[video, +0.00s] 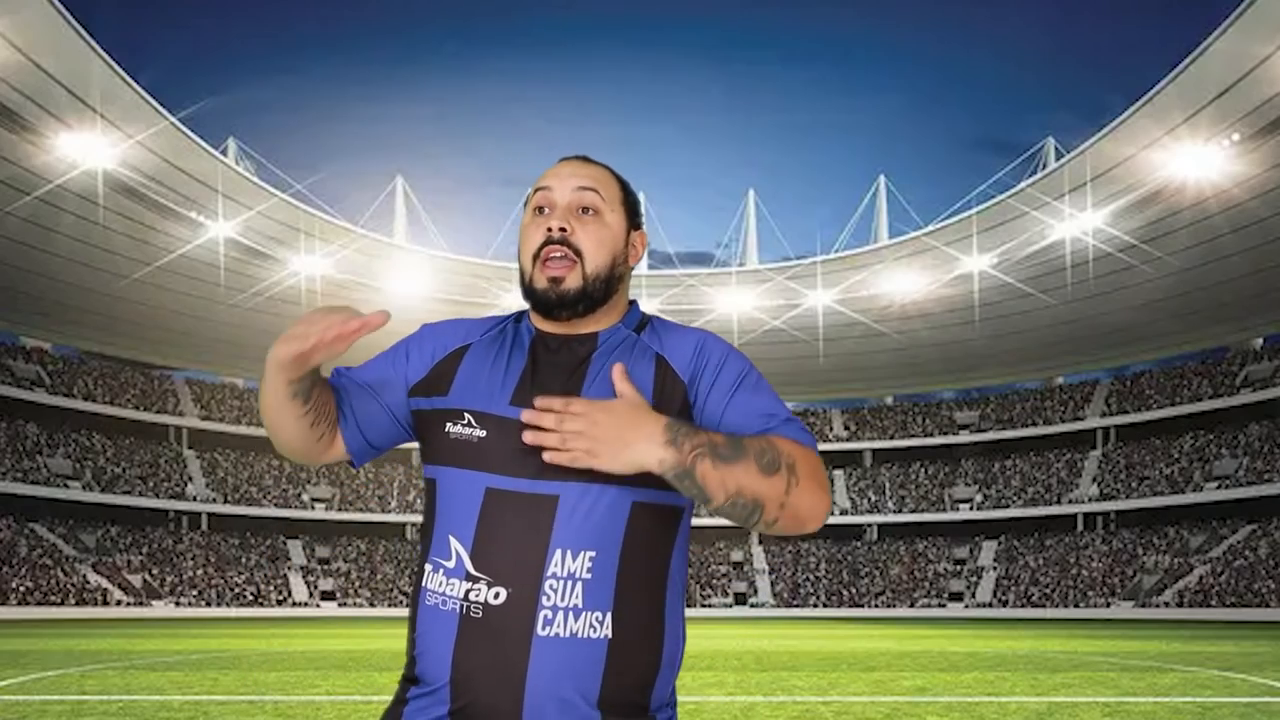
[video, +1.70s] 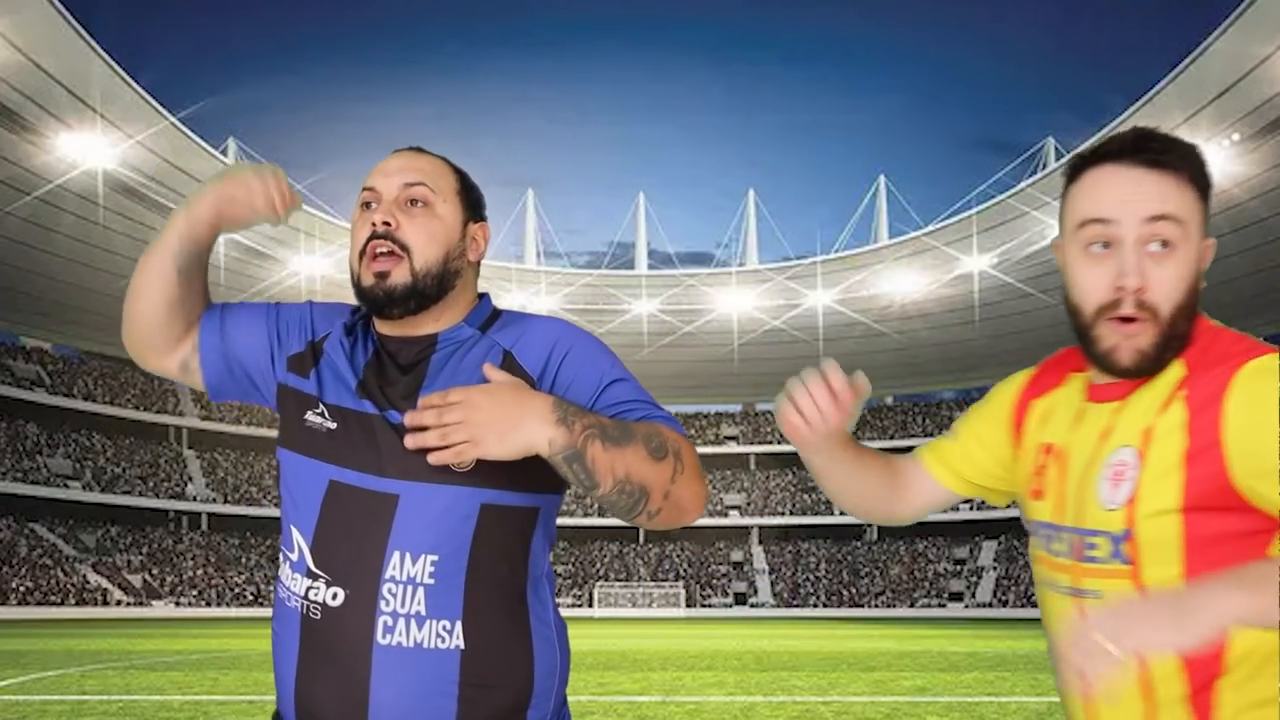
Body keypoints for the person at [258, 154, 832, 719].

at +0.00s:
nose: (555, 225)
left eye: (584, 212)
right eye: (540, 210)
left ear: (633, 247)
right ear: (519, 241)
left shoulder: (694, 365)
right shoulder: (444, 353)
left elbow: (806, 500)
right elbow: (318, 437)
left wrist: (663, 444)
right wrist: (286, 373)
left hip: (612, 706)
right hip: (440, 700)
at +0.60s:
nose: (439, 232)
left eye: (470, 223)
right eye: (427, 224)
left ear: (517, 265)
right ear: (409, 260)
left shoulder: (568, 374)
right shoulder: (349, 362)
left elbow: (687, 497)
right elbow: (209, 432)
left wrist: (552, 480)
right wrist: (342, 380)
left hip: (500, 702)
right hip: (333, 701)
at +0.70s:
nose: (416, 233)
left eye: (445, 221)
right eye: (402, 225)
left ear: (495, 261)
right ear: (387, 263)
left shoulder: (545, 375)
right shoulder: (320, 359)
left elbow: (665, 498)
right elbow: (169, 360)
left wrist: (535, 461)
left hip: (478, 704)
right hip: (308, 702)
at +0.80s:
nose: (386, 234)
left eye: (417, 221)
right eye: (374, 222)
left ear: (468, 258)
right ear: (357, 251)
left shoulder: (524, 375)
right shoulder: (302, 336)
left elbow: (644, 499)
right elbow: (193, 258)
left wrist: (515, 453)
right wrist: (190, 148)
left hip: (464, 707)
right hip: (293, 705)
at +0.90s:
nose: (368, 235)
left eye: (400, 220)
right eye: (356, 221)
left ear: (452, 255)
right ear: (338, 245)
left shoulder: (510, 374)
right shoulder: (294, 324)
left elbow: (625, 504)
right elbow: (213, 204)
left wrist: (504, 461)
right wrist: (163, 55)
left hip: (450, 709)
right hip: (277, 707)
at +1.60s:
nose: (376, 225)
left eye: (410, 208)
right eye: (363, 211)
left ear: (469, 245)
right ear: (348, 243)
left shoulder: (541, 358)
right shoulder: (309, 334)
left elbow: (683, 482)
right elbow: (174, 270)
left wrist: (545, 428)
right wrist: (181, 110)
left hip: (489, 706)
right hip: (318, 702)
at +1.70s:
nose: (380, 217)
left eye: (414, 201)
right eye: (368, 205)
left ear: (474, 241)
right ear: (349, 238)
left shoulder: (545, 355)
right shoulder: (301, 340)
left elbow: (681, 494)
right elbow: (158, 339)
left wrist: (550, 425)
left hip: (492, 706)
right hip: (317, 704)